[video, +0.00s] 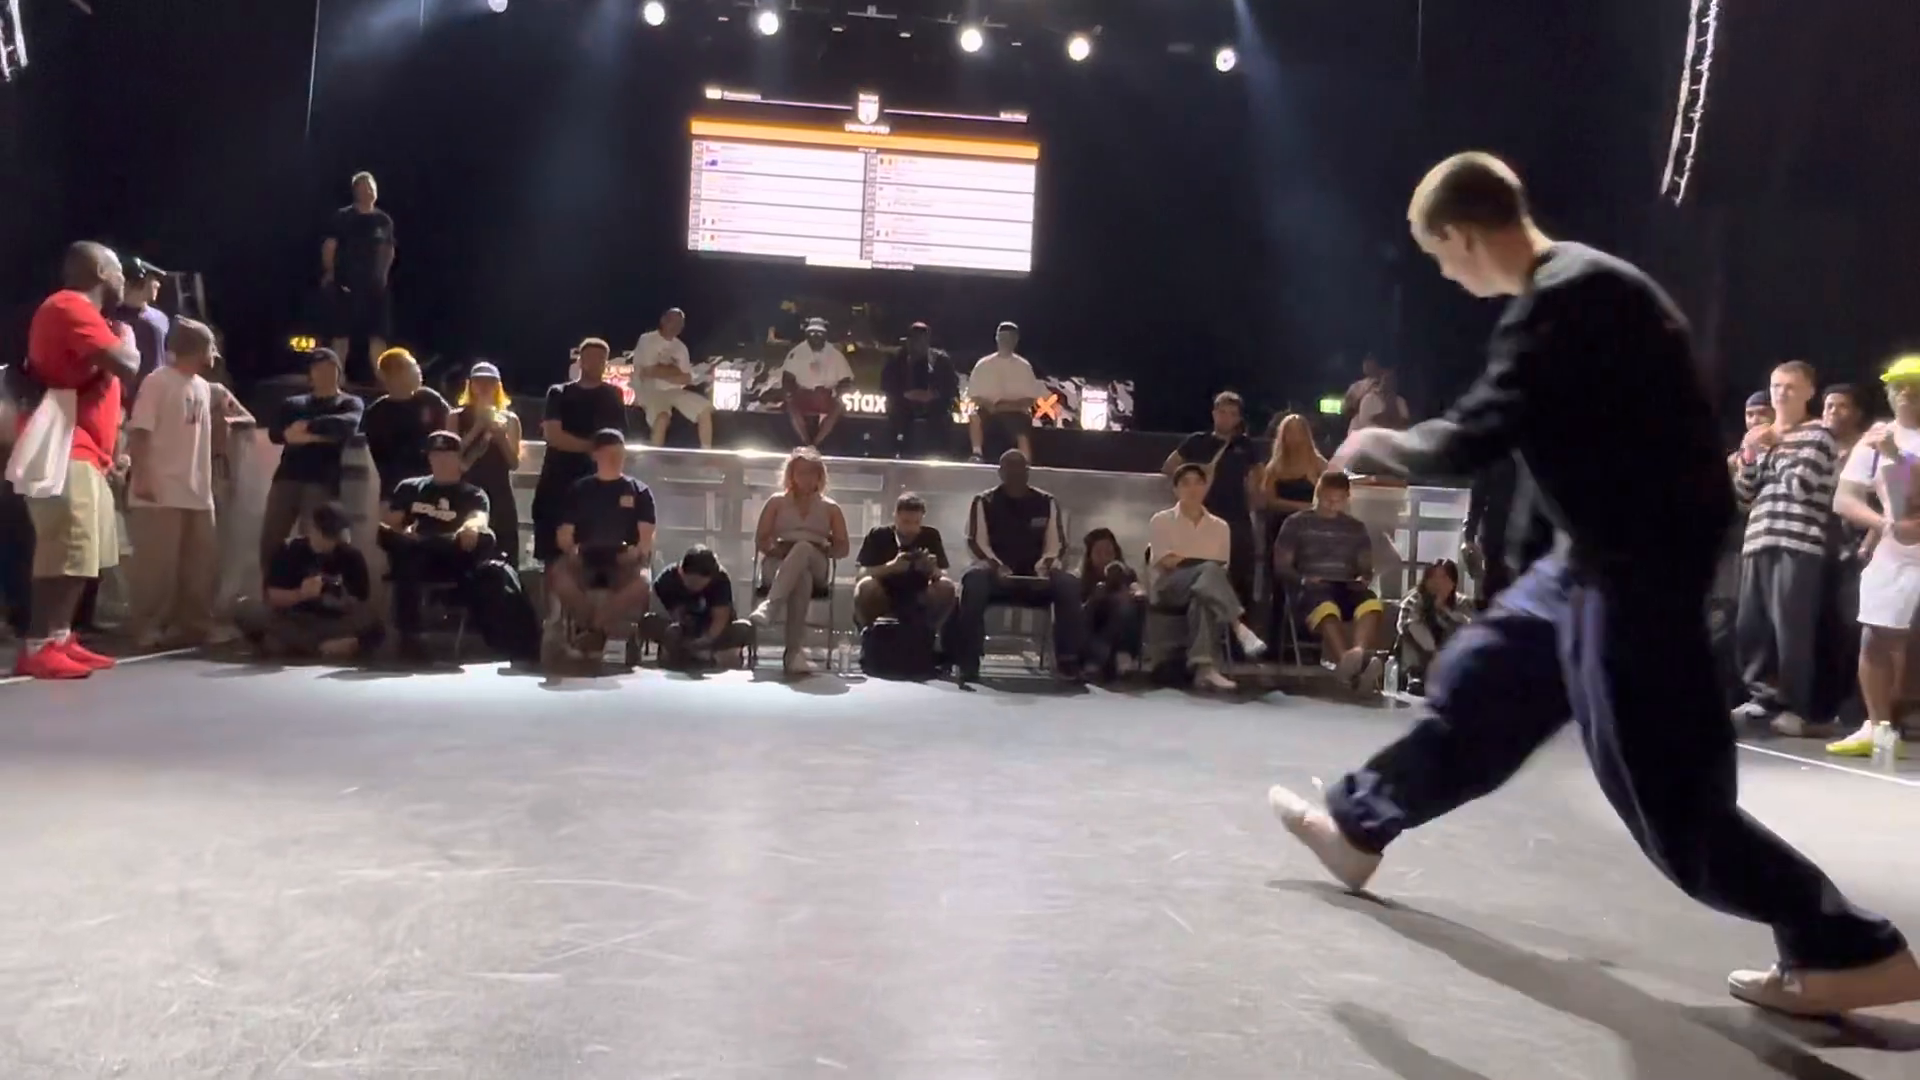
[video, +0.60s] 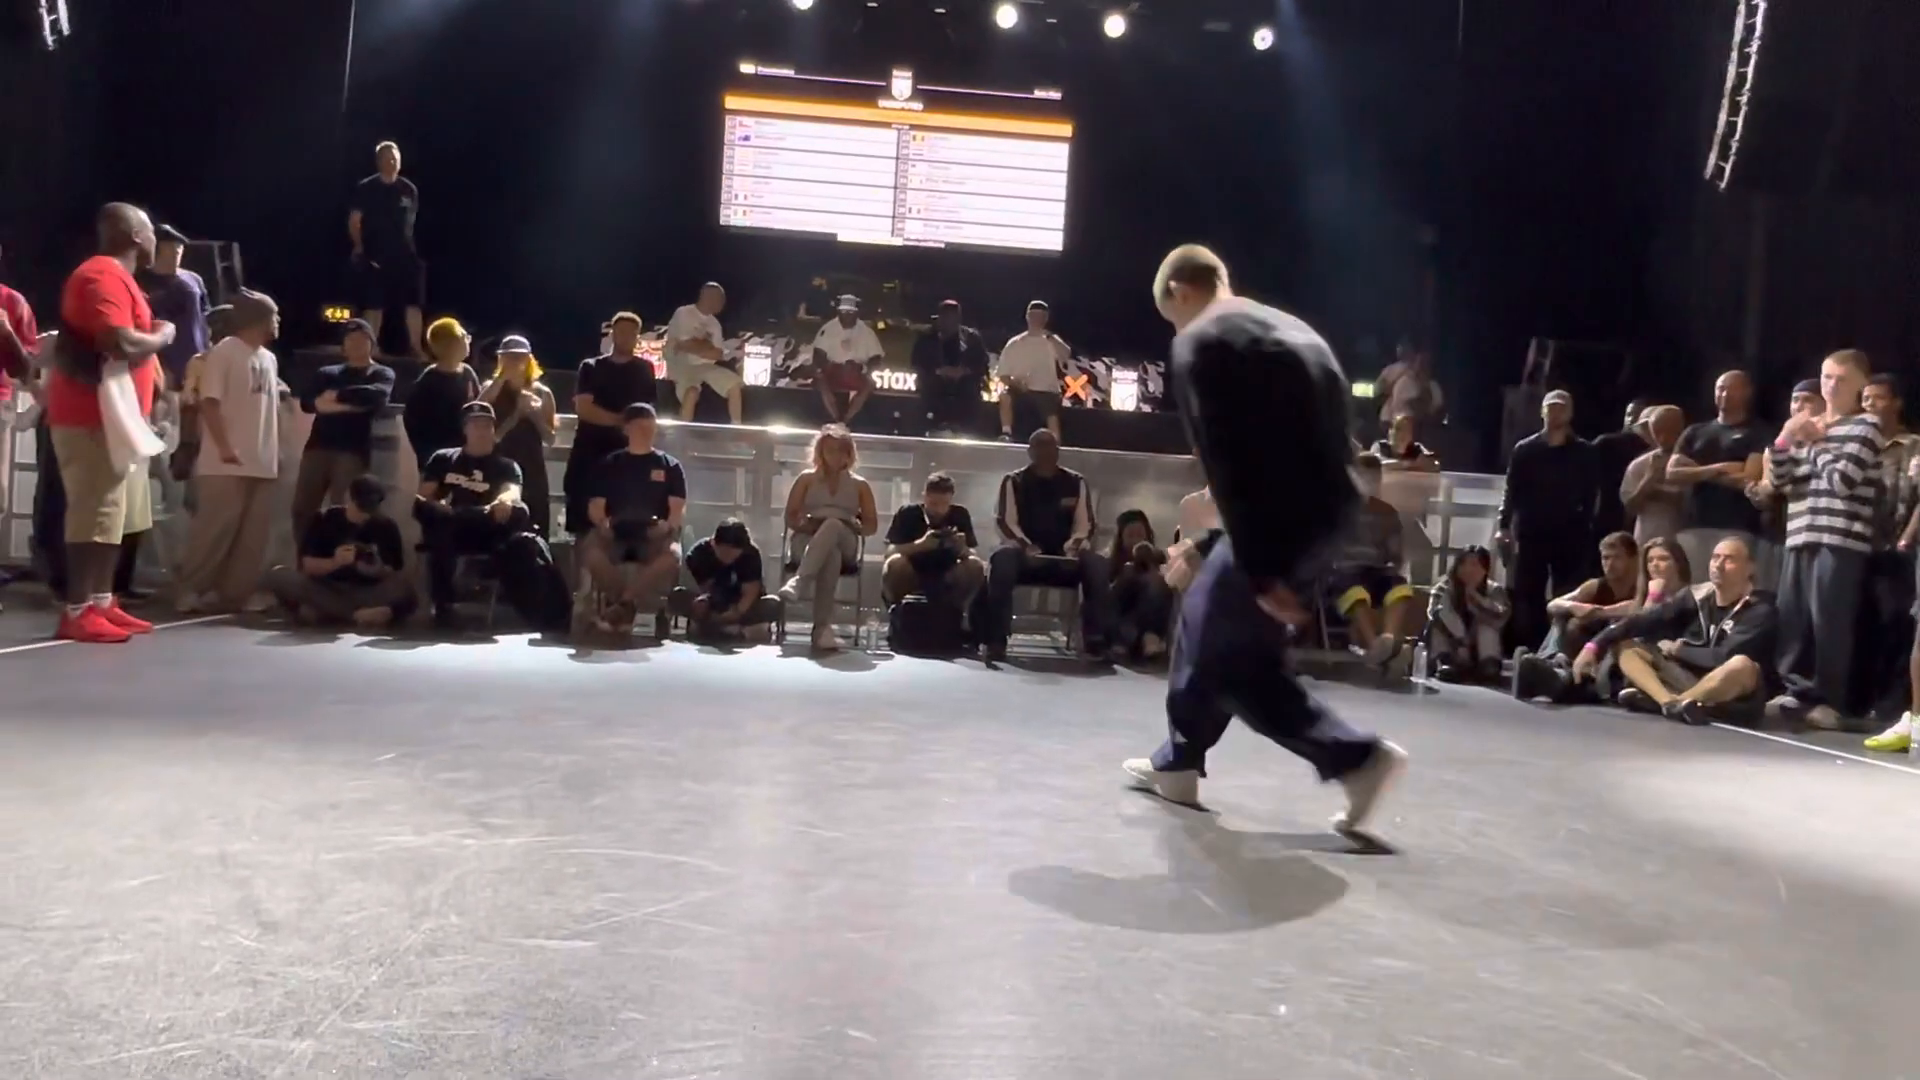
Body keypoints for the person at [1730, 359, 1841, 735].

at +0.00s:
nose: (1780, 394)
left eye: (1789, 388)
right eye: (1776, 387)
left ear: (1809, 394)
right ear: (1770, 392)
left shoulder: (1818, 435)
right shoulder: (1764, 440)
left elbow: (1805, 483)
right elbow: (1746, 495)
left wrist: (1770, 451)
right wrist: (1748, 456)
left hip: (1798, 536)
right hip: (1758, 536)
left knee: (1792, 623)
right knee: (1750, 621)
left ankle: (1798, 708)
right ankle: (1761, 694)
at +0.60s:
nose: (1828, 386)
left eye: (1837, 379)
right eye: (1825, 378)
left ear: (1859, 386)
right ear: (1821, 382)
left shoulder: (1866, 428)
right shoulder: (1817, 428)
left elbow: (1843, 482)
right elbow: (1782, 478)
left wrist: (1813, 445)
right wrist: (1786, 438)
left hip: (1839, 534)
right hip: (1801, 533)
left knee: (1831, 618)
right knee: (1792, 612)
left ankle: (1832, 701)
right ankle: (1797, 689)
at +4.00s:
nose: (1875, 380)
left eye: (1884, 373)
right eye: (1871, 373)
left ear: (1908, 376)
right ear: (1865, 374)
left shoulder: (1913, 424)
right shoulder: (1845, 423)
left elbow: (1895, 476)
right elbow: (1811, 464)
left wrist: (1841, 476)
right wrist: (1858, 469)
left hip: (1883, 535)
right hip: (1835, 533)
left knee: (1876, 619)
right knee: (1830, 614)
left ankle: (1875, 697)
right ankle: (1837, 685)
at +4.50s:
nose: (1877, 380)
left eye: (1886, 373)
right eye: (1873, 373)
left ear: (1909, 375)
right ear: (1866, 375)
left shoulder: (1913, 424)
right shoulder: (1844, 422)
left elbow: (1897, 478)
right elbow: (1813, 467)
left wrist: (1841, 475)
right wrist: (1869, 466)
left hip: (1884, 534)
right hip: (1837, 531)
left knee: (1875, 619)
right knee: (1829, 613)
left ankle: (1875, 699)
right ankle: (1837, 688)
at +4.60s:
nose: (1876, 381)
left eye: (1885, 374)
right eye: (1872, 374)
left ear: (1909, 376)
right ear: (1867, 376)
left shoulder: (1913, 425)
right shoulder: (1844, 422)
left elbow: (1898, 478)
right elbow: (1812, 467)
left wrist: (1841, 474)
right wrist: (1869, 466)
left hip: (1885, 534)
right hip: (1836, 531)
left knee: (1876, 619)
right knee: (1831, 613)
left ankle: (1875, 699)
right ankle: (1837, 689)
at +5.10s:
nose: (1881, 380)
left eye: (1890, 373)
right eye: (1876, 373)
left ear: (1912, 378)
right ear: (1868, 378)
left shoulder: (1912, 427)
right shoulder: (1843, 424)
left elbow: (1903, 480)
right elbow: (1815, 470)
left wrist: (1844, 480)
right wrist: (1872, 468)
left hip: (1886, 534)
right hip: (1836, 532)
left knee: (1876, 618)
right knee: (1832, 612)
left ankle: (1876, 699)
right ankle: (1836, 687)